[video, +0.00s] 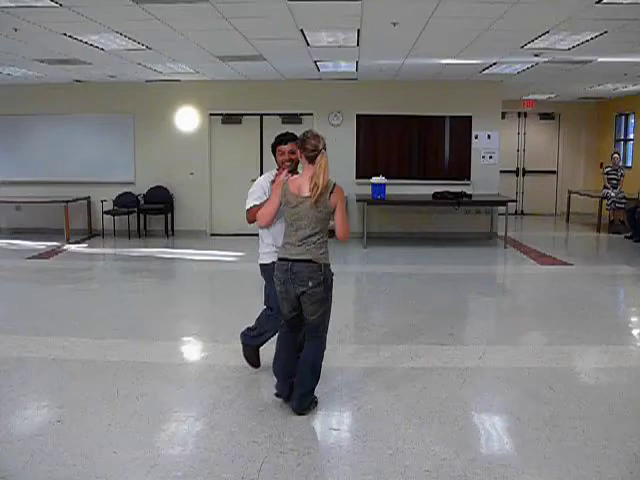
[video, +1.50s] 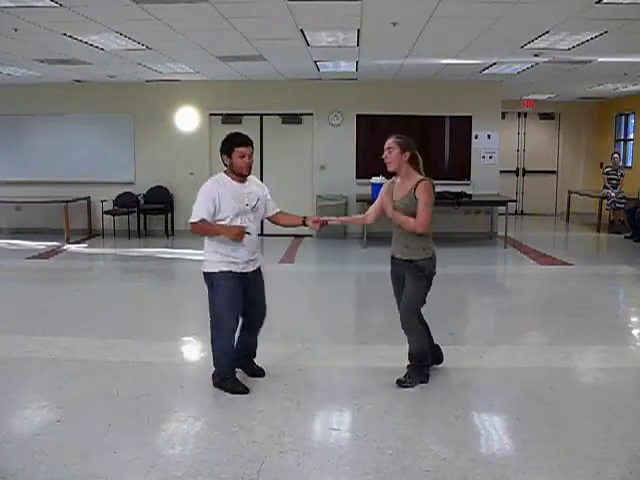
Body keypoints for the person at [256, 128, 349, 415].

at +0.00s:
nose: (295, 157)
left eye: (296, 153)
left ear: (299, 155)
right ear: (324, 155)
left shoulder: (284, 184)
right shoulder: (334, 191)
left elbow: (264, 220)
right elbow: (342, 235)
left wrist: (276, 189)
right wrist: (331, 214)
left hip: (284, 265)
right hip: (315, 268)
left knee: (291, 327)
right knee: (315, 333)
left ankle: (284, 386)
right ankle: (302, 399)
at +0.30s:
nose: (312, 161)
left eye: (313, 157)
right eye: (315, 157)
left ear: (317, 158)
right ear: (339, 157)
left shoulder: (308, 189)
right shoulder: (352, 193)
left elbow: (286, 226)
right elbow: (362, 231)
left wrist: (286, 197)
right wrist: (341, 222)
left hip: (298, 265)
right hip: (330, 268)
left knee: (293, 323)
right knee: (325, 319)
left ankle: (295, 388)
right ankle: (328, 378)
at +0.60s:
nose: (339, 152)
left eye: (343, 147)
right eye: (341, 146)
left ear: (356, 152)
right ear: (356, 152)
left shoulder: (366, 187)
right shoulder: (357, 184)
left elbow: (370, 228)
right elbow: (352, 214)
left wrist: (335, 228)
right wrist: (327, 198)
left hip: (356, 265)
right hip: (347, 262)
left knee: (335, 320)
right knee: (340, 317)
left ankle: (349, 381)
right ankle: (359, 369)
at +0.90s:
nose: (374, 160)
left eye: (379, 155)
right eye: (372, 156)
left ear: (395, 157)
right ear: (373, 160)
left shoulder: (411, 186)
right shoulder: (379, 189)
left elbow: (388, 216)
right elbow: (354, 220)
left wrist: (378, 187)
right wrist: (320, 216)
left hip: (406, 268)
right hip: (379, 264)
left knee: (405, 324)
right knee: (356, 316)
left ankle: (418, 370)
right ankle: (356, 373)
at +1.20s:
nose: (389, 160)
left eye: (393, 154)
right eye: (387, 156)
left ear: (410, 154)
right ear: (389, 160)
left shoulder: (424, 182)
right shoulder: (400, 184)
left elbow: (392, 208)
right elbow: (374, 214)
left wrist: (388, 179)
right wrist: (342, 214)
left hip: (422, 261)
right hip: (401, 259)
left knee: (414, 318)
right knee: (395, 312)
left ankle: (418, 371)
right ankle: (423, 350)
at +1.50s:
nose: (385, 156)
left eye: (390, 151)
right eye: (385, 151)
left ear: (406, 155)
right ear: (397, 157)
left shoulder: (423, 185)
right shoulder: (390, 186)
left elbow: (421, 227)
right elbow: (368, 217)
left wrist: (390, 212)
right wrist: (336, 220)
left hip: (421, 262)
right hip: (398, 260)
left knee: (408, 314)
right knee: (408, 314)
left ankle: (419, 369)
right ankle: (431, 352)